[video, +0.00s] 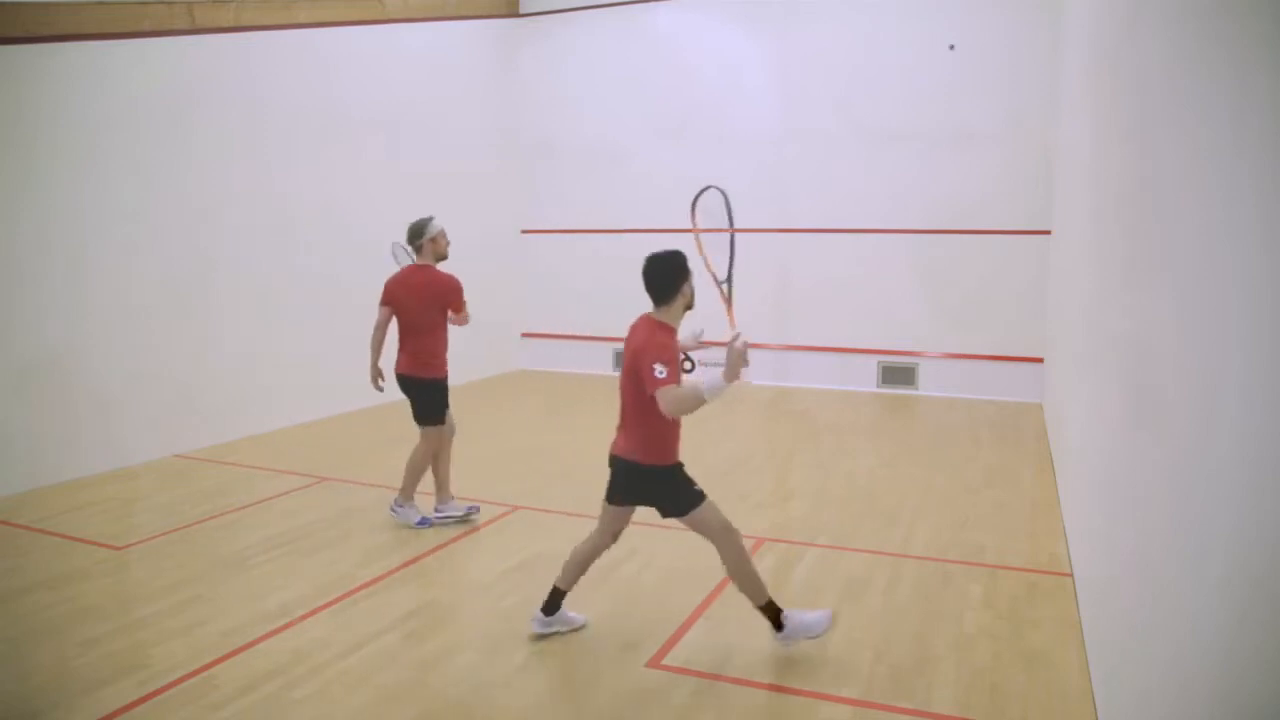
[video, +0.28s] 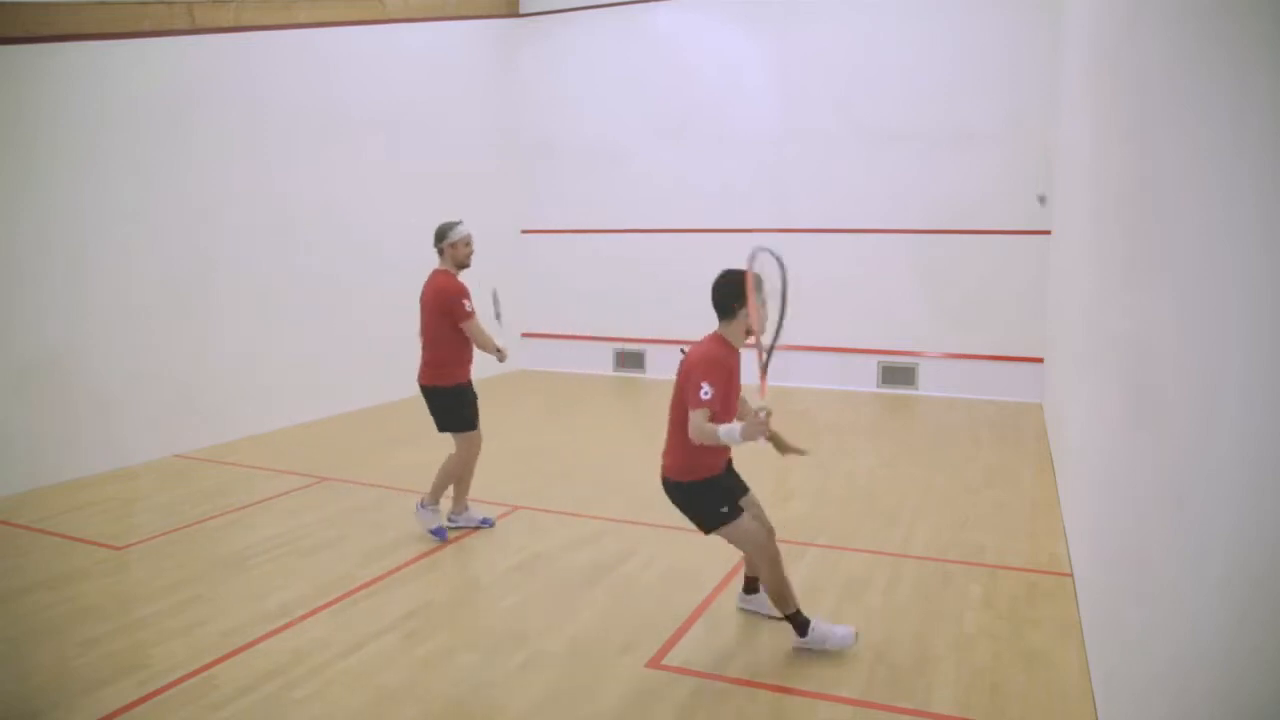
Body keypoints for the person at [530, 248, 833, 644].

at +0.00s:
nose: (693, 288)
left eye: (690, 280)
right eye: (690, 281)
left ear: (652, 288)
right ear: (683, 288)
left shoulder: (642, 329)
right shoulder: (660, 340)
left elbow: (643, 367)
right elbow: (671, 404)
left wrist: (680, 343)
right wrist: (726, 379)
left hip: (627, 460)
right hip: (657, 466)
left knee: (604, 533)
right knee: (725, 536)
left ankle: (548, 612)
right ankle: (780, 621)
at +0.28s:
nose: (763, 312)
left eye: (762, 303)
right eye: (759, 304)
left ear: (729, 309)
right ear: (744, 311)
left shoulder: (726, 354)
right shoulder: (708, 359)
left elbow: (738, 407)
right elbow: (697, 432)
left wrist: (772, 437)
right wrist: (743, 431)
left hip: (717, 465)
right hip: (691, 478)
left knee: (762, 528)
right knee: (762, 543)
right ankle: (803, 628)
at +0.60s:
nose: (730, 302)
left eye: (733, 292)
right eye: (724, 292)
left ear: (719, 289)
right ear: (693, 288)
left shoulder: (714, 334)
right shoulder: (640, 327)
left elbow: (736, 392)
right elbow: (581, 370)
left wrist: (794, 425)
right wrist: (608, 373)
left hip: (692, 453)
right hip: (645, 462)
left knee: (731, 540)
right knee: (685, 562)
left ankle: (707, 613)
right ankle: (706, 640)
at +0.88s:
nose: (616, 366)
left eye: (619, 355)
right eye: (607, 357)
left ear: (620, 350)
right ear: (571, 350)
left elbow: (656, 398)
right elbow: (446, 425)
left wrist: (702, 417)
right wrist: (441, 374)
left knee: (663, 587)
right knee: (518, 635)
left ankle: (687, 644)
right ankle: (496, 716)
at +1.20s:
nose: (509, 294)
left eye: (509, 283)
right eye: (506, 283)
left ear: (472, 284)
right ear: (482, 285)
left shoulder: (463, 342)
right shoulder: (433, 350)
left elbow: (470, 427)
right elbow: (481, 445)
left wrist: (471, 484)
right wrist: (532, 473)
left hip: (440, 496)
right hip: (398, 503)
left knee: (502, 578)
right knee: (418, 642)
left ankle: (474, 682)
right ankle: (385, 718)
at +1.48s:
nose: (413, 299)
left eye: (409, 289)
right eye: (407, 290)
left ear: (365, 301)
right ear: (389, 301)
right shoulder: (368, 367)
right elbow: (362, 464)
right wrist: (420, 517)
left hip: (310, 514)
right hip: (331, 525)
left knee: (310, 619)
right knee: (334, 654)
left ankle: (244, 704)